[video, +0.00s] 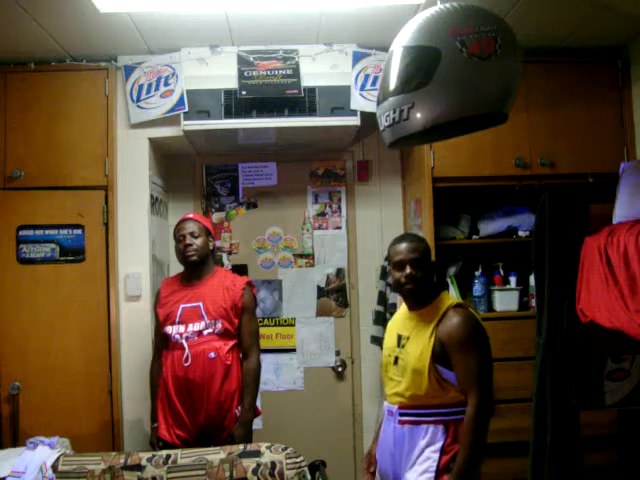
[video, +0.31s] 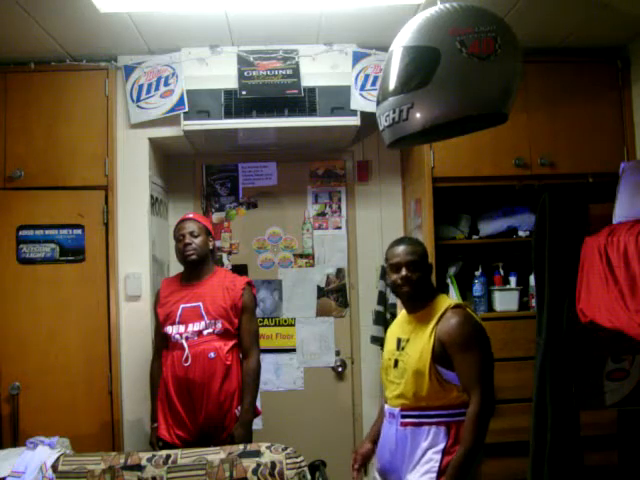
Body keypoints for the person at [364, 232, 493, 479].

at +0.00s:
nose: (409, 273)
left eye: (417, 264)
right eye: (399, 267)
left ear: (431, 267)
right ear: (390, 274)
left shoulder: (457, 323)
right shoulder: (400, 316)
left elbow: (478, 401)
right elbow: (397, 391)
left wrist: (460, 471)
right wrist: (376, 443)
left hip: (434, 439)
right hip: (392, 436)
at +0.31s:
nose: (404, 275)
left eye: (413, 267)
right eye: (395, 269)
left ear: (428, 271)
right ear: (386, 275)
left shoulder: (455, 323)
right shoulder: (401, 320)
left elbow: (481, 398)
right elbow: (395, 392)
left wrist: (457, 468)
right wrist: (371, 440)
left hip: (434, 447)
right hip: (391, 445)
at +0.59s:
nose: (409, 271)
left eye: (417, 264)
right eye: (400, 265)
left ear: (431, 268)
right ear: (390, 273)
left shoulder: (455, 314)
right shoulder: (396, 321)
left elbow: (475, 370)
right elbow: (393, 391)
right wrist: (370, 437)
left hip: (440, 434)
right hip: (394, 434)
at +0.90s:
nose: (408, 273)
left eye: (416, 265)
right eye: (399, 266)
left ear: (430, 270)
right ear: (389, 274)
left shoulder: (453, 314)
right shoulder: (395, 326)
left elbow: (475, 365)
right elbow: (392, 396)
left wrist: (451, 365)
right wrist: (364, 440)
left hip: (440, 436)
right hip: (394, 438)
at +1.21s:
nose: (407, 271)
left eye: (416, 262)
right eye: (398, 265)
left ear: (431, 268)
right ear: (389, 274)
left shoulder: (453, 313)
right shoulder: (396, 324)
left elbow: (477, 363)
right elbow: (393, 393)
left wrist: (451, 355)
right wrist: (362, 436)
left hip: (441, 435)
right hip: (395, 436)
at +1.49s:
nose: (407, 271)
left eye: (416, 263)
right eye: (398, 265)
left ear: (429, 269)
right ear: (389, 274)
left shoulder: (453, 311)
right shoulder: (396, 324)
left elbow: (469, 357)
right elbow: (393, 393)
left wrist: (442, 333)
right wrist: (361, 437)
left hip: (441, 435)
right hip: (395, 436)